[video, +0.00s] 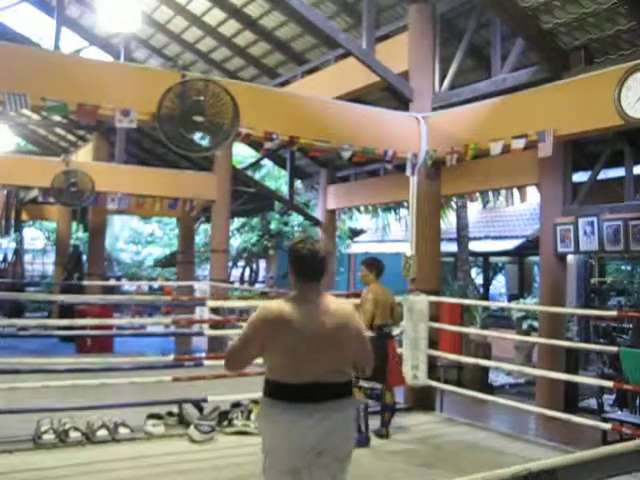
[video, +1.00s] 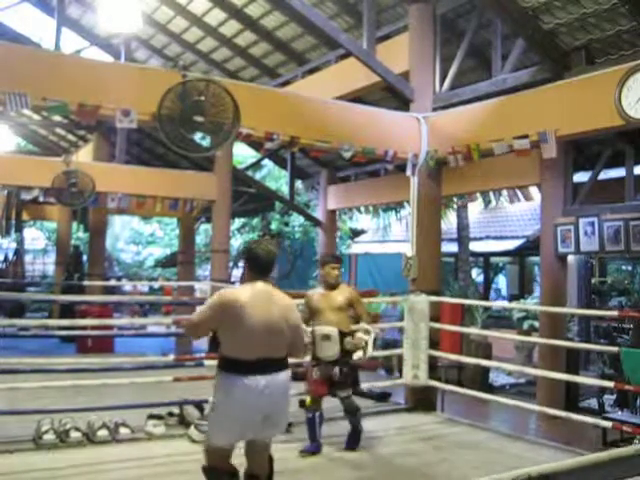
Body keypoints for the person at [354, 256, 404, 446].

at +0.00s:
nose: (361, 274)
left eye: (363, 271)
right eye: (361, 271)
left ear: (370, 272)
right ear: (377, 273)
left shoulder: (370, 293)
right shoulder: (388, 293)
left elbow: (366, 318)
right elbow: (395, 316)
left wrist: (360, 329)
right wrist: (385, 323)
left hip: (373, 333)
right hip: (387, 332)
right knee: (386, 381)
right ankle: (384, 426)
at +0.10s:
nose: (359, 275)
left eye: (362, 271)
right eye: (360, 271)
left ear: (370, 273)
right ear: (374, 273)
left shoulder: (368, 293)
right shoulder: (381, 292)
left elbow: (370, 317)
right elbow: (387, 316)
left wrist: (359, 330)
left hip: (368, 337)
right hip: (382, 336)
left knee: (356, 385)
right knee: (382, 384)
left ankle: (361, 434)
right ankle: (383, 427)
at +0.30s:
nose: (353, 275)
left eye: (358, 271)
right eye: (352, 271)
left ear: (367, 274)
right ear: (353, 272)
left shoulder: (370, 294)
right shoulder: (358, 294)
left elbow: (373, 323)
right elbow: (358, 319)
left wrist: (355, 332)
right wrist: (344, 321)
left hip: (367, 343)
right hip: (359, 342)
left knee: (359, 389)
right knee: (364, 388)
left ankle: (362, 434)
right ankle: (376, 426)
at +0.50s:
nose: (353, 275)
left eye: (357, 271)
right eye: (351, 270)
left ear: (365, 274)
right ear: (349, 271)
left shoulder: (369, 293)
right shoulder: (350, 292)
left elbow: (374, 320)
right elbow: (349, 316)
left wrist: (363, 331)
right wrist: (339, 326)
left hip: (362, 343)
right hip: (348, 342)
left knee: (359, 390)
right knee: (344, 390)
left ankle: (362, 433)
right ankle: (355, 425)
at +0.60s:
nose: (352, 275)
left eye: (356, 271)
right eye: (350, 270)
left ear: (363, 273)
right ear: (348, 272)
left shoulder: (369, 293)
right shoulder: (344, 294)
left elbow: (374, 319)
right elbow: (345, 319)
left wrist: (365, 335)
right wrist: (336, 329)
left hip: (361, 345)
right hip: (343, 345)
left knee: (360, 392)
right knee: (333, 392)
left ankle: (362, 435)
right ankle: (339, 431)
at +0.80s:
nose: (344, 275)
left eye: (348, 271)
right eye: (341, 271)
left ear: (354, 273)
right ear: (335, 273)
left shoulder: (361, 296)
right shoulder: (328, 296)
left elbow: (372, 323)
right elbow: (322, 321)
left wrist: (357, 336)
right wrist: (319, 330)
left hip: (353, 353)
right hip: (331, 353)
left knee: (357, 396)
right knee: (321, 395)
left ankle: (361, 436)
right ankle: (316, 439)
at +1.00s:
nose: (336, 273)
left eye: (338, 269)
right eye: (332, 269)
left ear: (341, 272)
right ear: (321, 272)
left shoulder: (350, 294)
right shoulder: (312, 297)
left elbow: (365, 320)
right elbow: (304, 321)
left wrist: (359, 338)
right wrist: (304, 337)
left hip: (343, 349)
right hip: (319, 350)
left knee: (344, 394)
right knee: (313, 398)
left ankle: (355, 427)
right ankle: (314, 441)